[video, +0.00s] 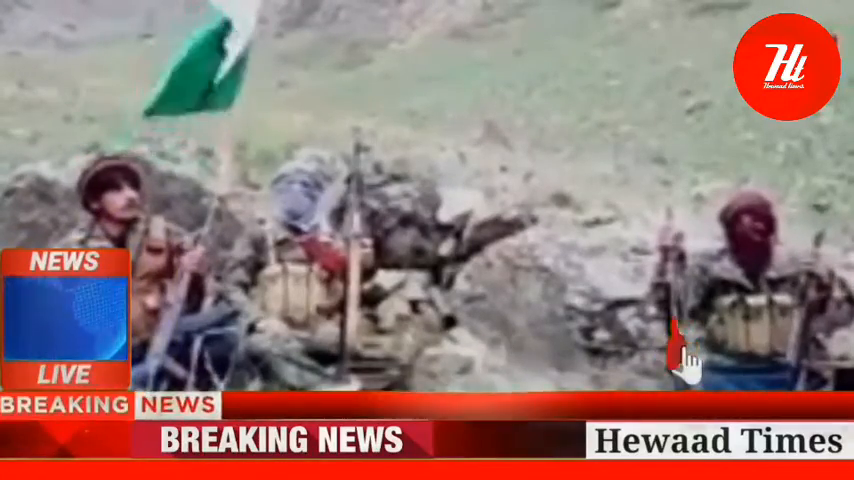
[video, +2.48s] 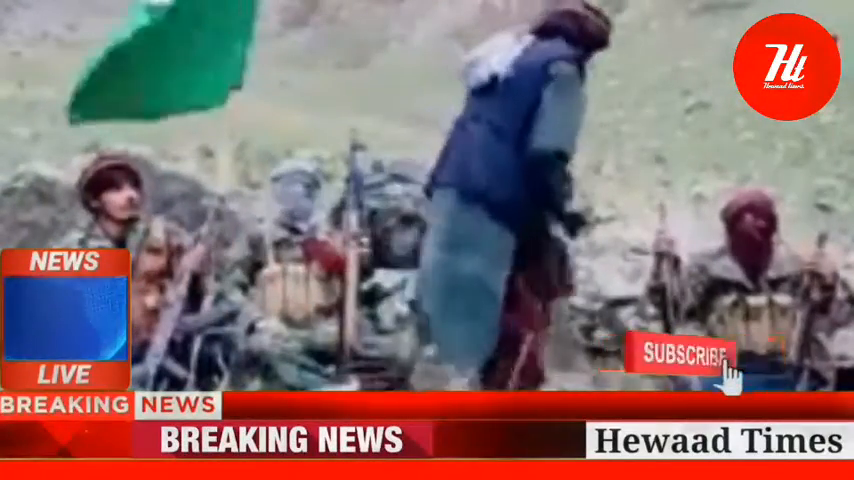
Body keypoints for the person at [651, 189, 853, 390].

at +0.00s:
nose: (760, 226)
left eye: (766, 220)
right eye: (751, 217)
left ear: (773, 228)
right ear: (732, 224)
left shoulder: (794, 271)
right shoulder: (706, 269)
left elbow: (841, 314)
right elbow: (673, 310)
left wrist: (824, 296)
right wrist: (668, 265)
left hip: (782, 374)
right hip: (721, 374)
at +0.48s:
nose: (758, 225)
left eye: (764, 219)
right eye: (749, 217)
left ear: (773, 228)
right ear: (732, 225)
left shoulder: (795, 271)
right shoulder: (706, 269)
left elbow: (832, 319)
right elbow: (675, 315)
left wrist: (828, 285)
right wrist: (669, 264)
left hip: (782, 372)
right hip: (722, 373)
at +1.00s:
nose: (759, 224)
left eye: (765, 218)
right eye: (750, 216)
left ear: (774, 227)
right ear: (732, 224)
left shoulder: (795, 270)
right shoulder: (705, 268)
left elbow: (823, 323)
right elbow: (674, 317)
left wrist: (829, 286)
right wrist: (669, 264)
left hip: (783, 372)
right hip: (721, 373)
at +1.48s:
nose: (762, 224)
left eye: (768, 217)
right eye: (752, 215)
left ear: (775, 226)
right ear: (732, 221)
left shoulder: (794, 270)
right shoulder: (703, 268)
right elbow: (675, 316)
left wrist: (827, 290)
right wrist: (667, 266)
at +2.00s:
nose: (763, 226)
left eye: (768, 220)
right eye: (754, 217)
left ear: (774, 227)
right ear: (732, 223)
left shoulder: (795, 270)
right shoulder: (703, 269)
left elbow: (832, 319)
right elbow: (676, 313)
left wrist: (828, 290)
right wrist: (667, 269)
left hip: (787, 374)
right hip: (720, 375)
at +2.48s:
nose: (758, 224)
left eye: (763, 217)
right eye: (749, 216)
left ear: (772, 225)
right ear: (731, 224)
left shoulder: (795, 268)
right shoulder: (704, 267)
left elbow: (837, 319)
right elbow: (675, 312)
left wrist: (829, 288)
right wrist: (665, 268)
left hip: (788, 375)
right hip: (724, 374)